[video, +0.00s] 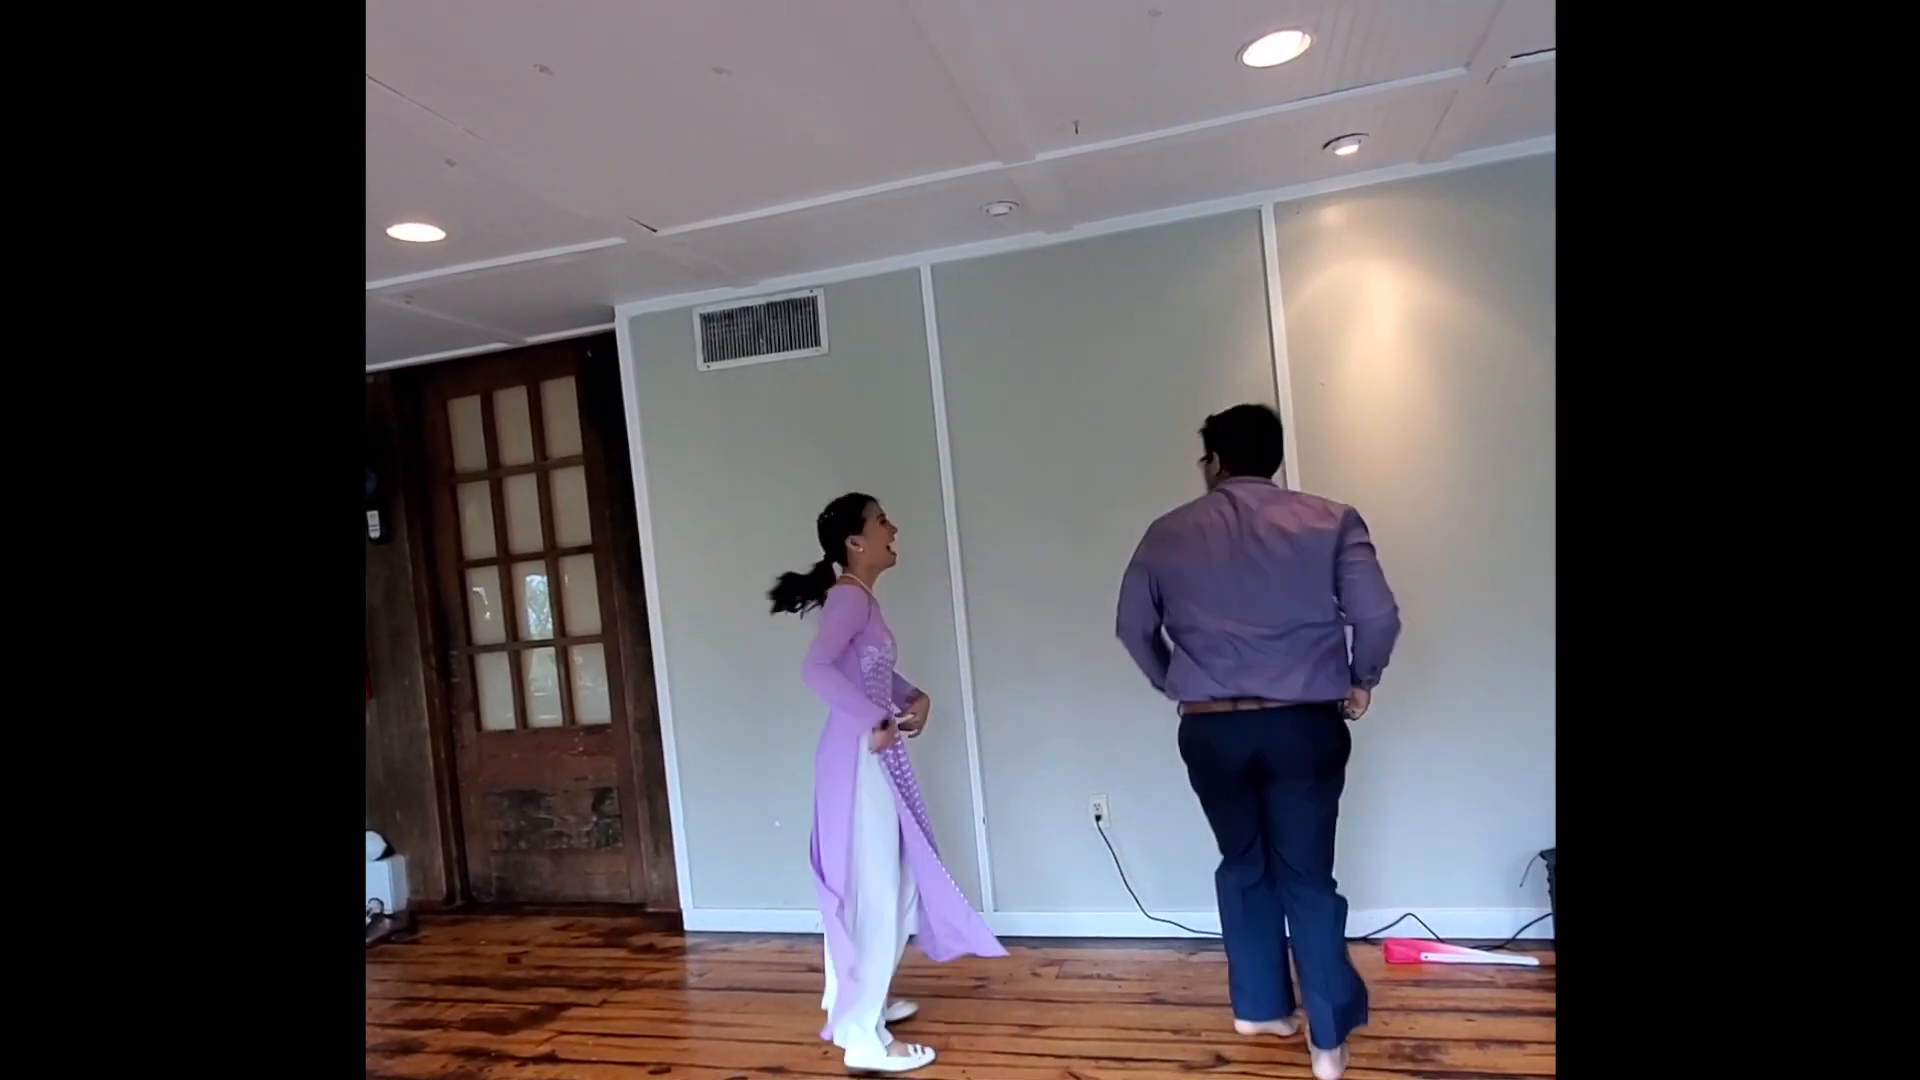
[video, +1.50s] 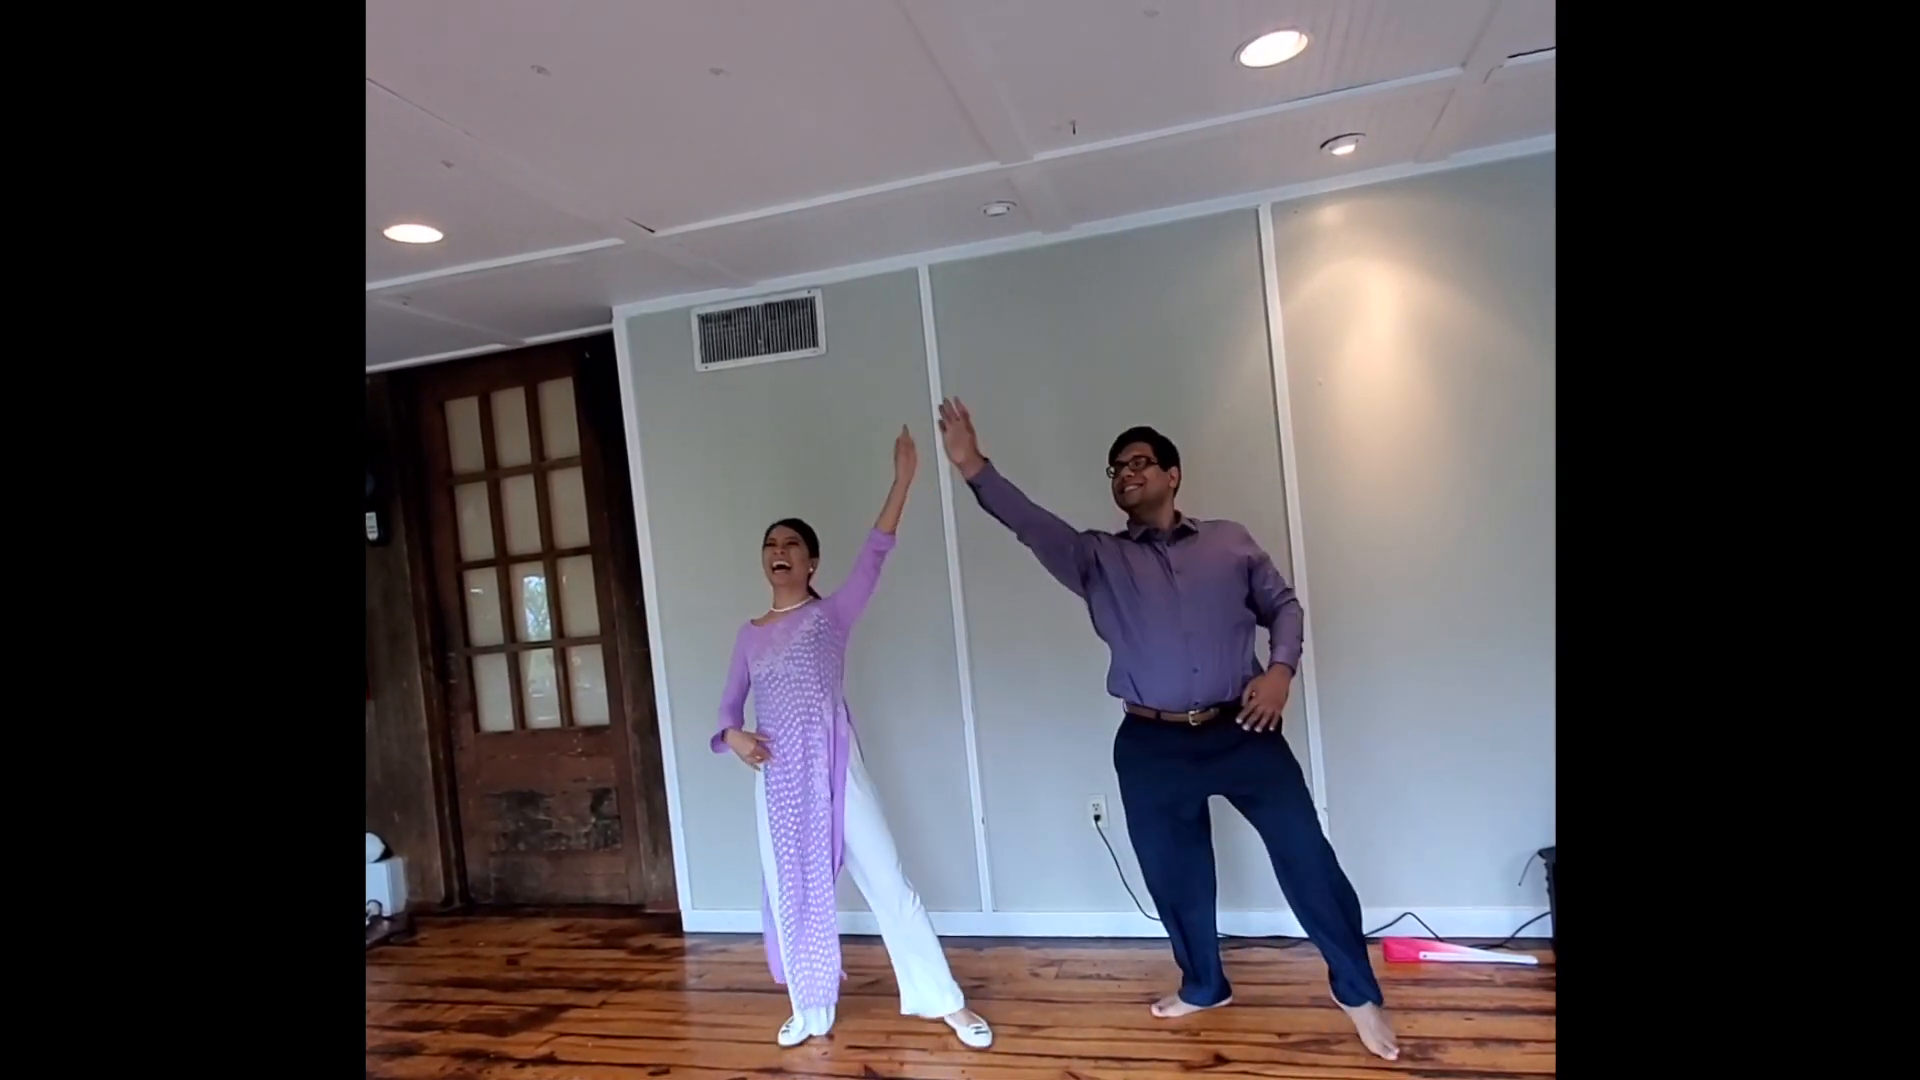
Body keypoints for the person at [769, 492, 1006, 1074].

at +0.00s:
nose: (894, 532)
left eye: (889, 524)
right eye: (883, 525)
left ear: (859, 542)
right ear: (855, 541)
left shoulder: (864, 600)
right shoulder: (850, 598)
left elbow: (875, 674)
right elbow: (818, 669)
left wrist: (918, 696)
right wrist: (874, 719)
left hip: (871, 756)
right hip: (859, 759)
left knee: (879, 884)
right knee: (874, 889)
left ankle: (861, 1002)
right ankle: (859, 1035)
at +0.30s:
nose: (882, 531)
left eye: (886, 521)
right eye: (868, 523)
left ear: (894, 534)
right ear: (841, 540)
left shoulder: (909, 600)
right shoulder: (816, 605)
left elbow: (944, 662)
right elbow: (767, 674)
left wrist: (948, 704)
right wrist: (813, 717)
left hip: (901, 752)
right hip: (846, 757)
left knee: (906, 872)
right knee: (866, 881)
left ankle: (905, 984)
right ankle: (876, 1011)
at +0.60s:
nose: (844, 553)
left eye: (853, 542)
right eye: (832, 546)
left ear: (870, 548)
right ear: (819, 558)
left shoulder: (902, 615)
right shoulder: (807, 623)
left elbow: (926, 687)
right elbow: (791, 695)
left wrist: (924, 695)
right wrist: (791, 741)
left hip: (888, 769)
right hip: (836, 773)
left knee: (891, 885)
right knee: (854, 888)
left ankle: (888, 1013)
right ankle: (873, 1011)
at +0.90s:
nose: (798, 537)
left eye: (809, 526)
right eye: (787, 528)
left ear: (829, 534)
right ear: (776, 538)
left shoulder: (848, 574)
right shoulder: (763, 595)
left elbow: (921, 558)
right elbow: (740, 659)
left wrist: (942, 501)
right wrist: (752, 706)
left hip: (860, 737)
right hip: (802, 746)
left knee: (901, 854)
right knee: (800, 865)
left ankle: (902, 961)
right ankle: (804, 996)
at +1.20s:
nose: (775, 556)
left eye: (787, 549)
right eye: (767, 551)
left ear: (811, 569)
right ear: (760, 571)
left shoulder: (830, 620)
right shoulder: (745, 637)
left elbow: (881, 567)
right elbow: (722, 699)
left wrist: (891, 489)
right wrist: (725, 740)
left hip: (832, 763)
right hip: (773, 772)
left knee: (899, 845)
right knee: (784, 889)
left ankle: (888, 897)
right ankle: (805, 996)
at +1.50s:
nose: (778, 552)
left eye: (791, 545)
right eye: (771, 546)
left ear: (813, 563)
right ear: (761, 565)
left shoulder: (830, 613)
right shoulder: (751, 635)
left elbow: (875, 551)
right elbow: (730, 708)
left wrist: (901, 483)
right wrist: (732, 735)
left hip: (836, 763)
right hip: (779, 772)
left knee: (887, 881)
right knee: (790, 889)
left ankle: (947, 1003)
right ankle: (810, 1007)